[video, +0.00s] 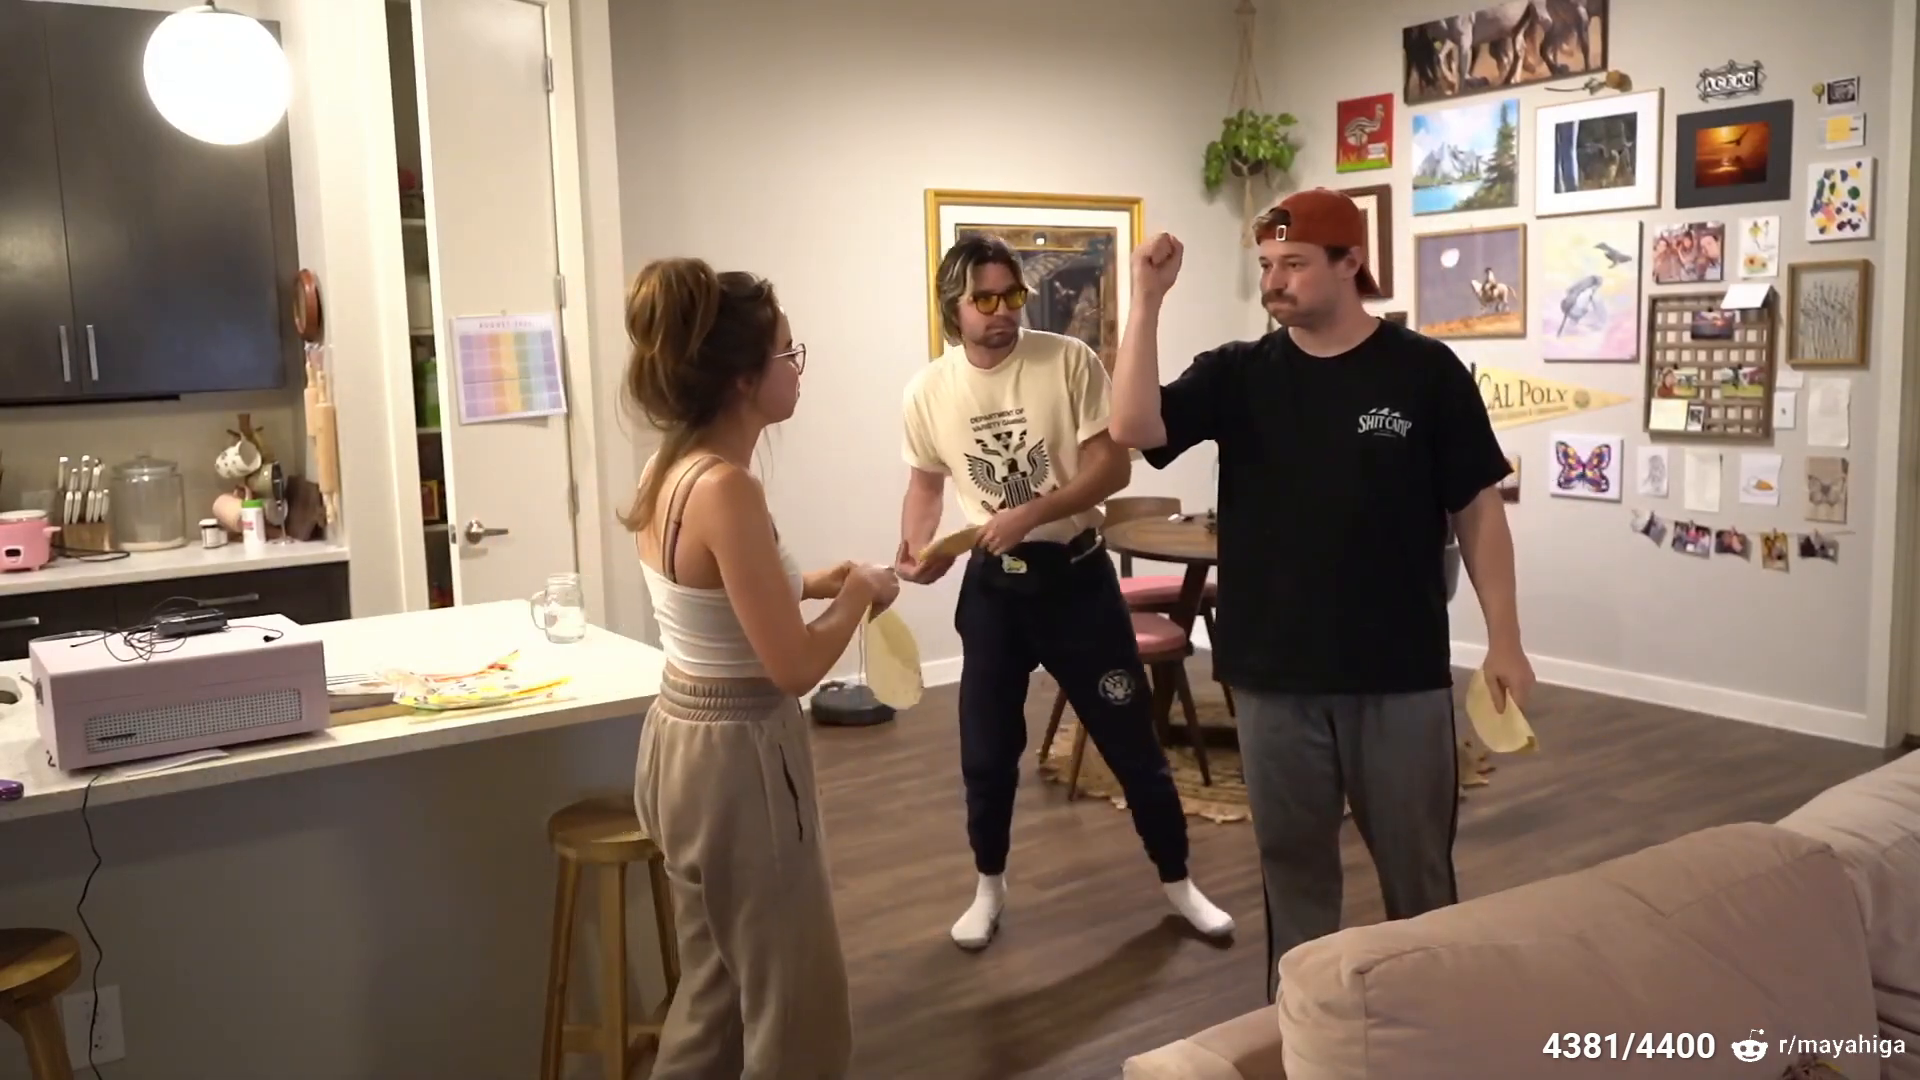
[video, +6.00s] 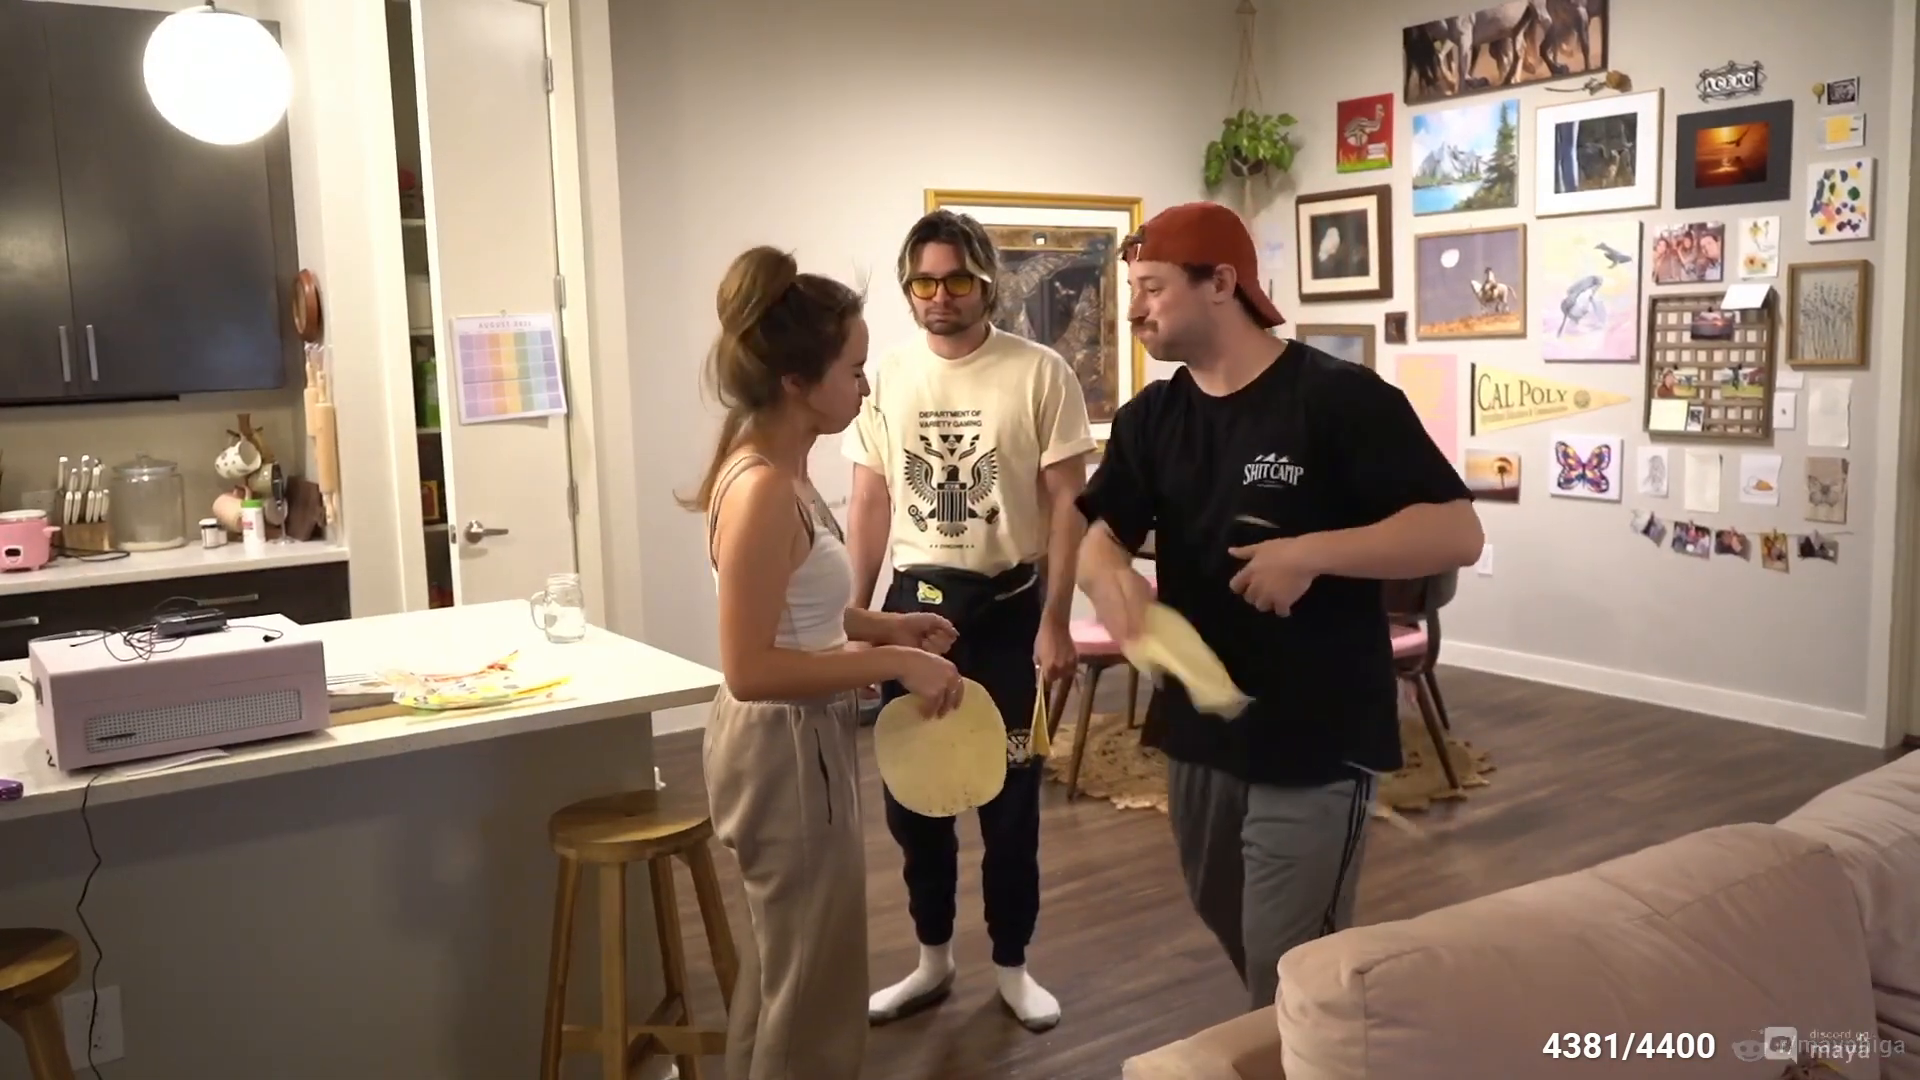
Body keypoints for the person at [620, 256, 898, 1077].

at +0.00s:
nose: (802, 364)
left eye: (795, 348)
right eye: (788, 353)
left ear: (729, 380)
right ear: (744, 381)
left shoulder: (672, 475)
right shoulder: (725, 488)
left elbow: (724, 609)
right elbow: (795, 667)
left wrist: (827, 583)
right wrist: (858, 597)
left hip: (679, 739)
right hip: (741, 756)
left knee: (711, 991)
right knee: (796, 997)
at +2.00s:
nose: (826, 369)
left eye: (821, 354)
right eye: (815, 357)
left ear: (756, 379)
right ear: (766, 378)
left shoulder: (712, 472)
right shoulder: (738, 491)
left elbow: (789, 588)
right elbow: (760, 673)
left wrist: (862, 496)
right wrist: (898, 643)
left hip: (729, 736)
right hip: (766, 751)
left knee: (759, 975)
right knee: (817, 998)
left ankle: (738, 1073)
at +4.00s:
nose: (848, 365)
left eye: (844, 351)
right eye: (838, 354)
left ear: (781, 377)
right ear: (793, 376)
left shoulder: (752, 469)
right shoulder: (764, 485)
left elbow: (827, 584)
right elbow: (779, 667)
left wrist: (915, 501)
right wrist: (925, 643)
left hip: (765, 732)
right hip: (785, 747)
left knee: (781, 966)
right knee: (812, 981)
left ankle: (762, 1071)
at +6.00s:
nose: (866, 382)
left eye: (864, 365)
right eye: (855, 369)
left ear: (796, 382)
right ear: (797, 382)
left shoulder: (783, 473)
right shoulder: (761, 489)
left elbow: (797, 616)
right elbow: (750, 671)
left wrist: (888, 627)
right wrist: (896, 663)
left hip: (798, 739)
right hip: (782, 751)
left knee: (795, 970)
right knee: (811, 983)